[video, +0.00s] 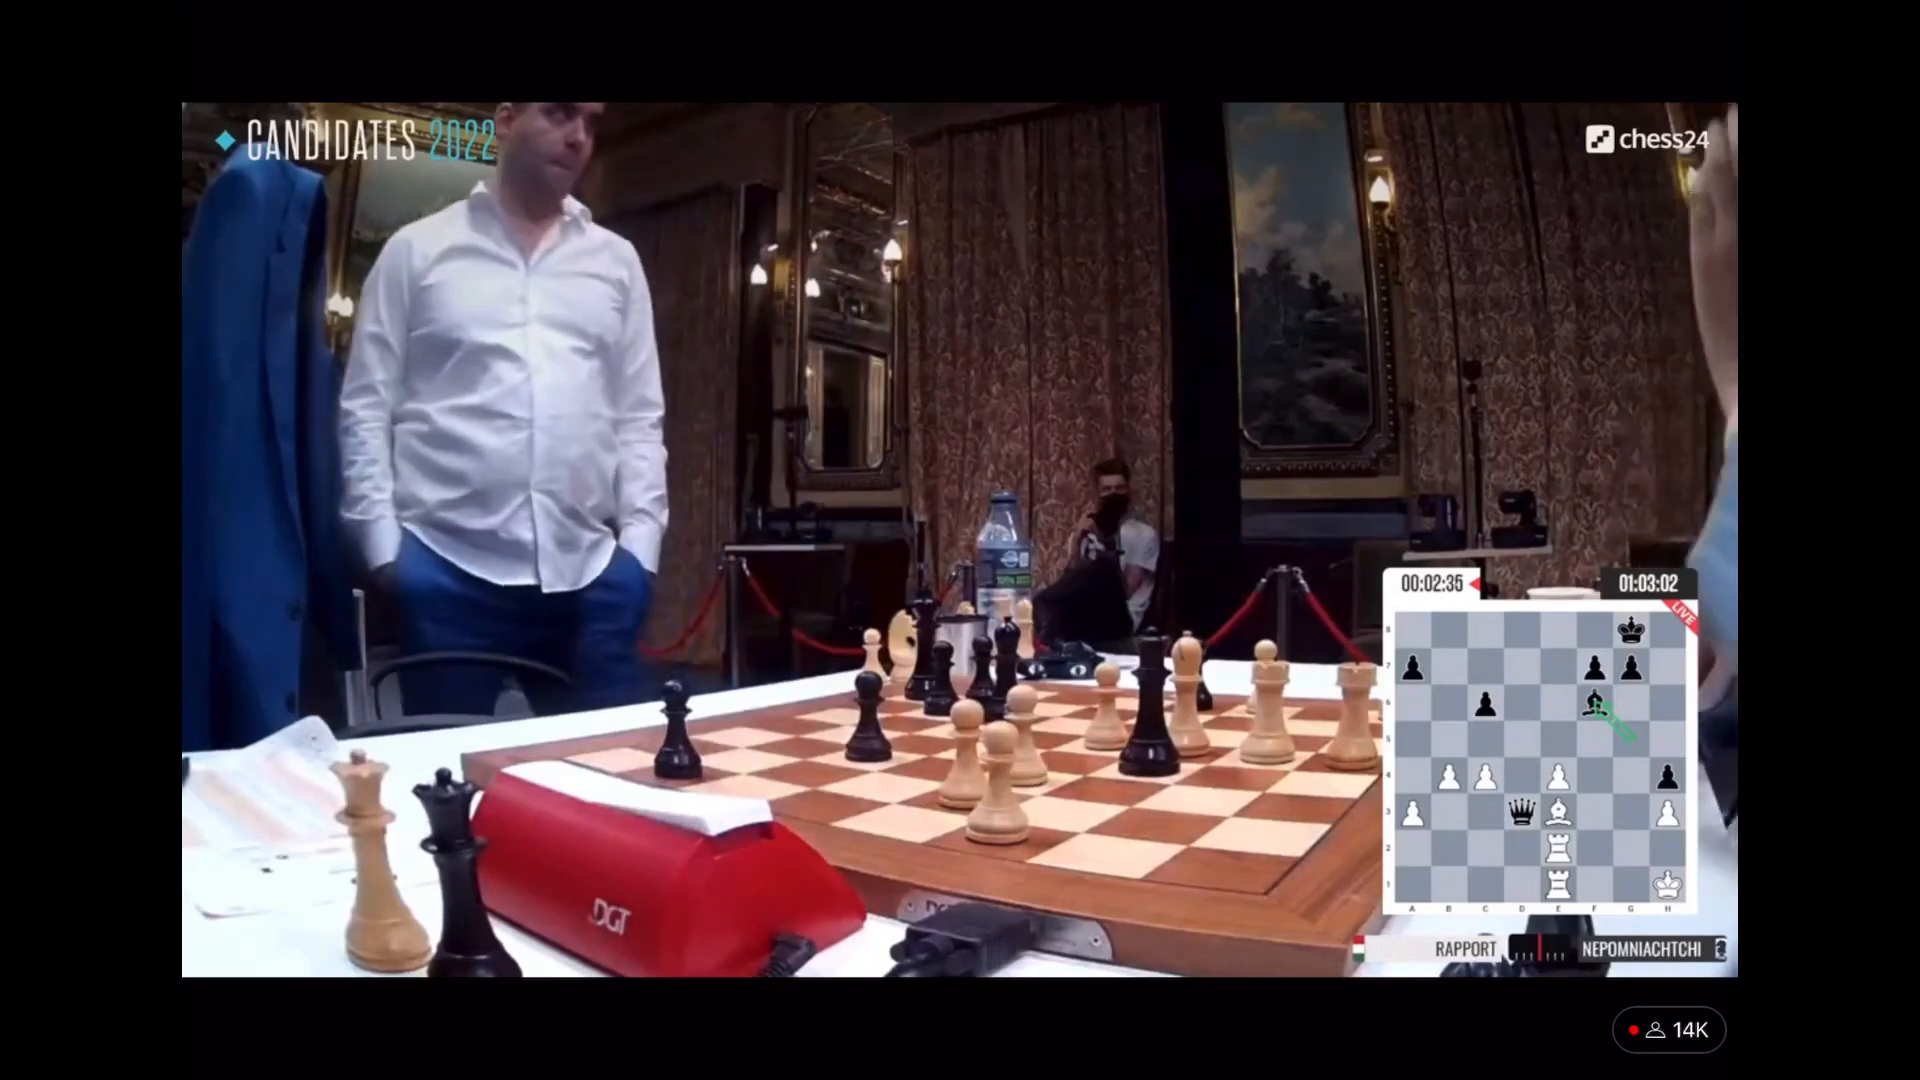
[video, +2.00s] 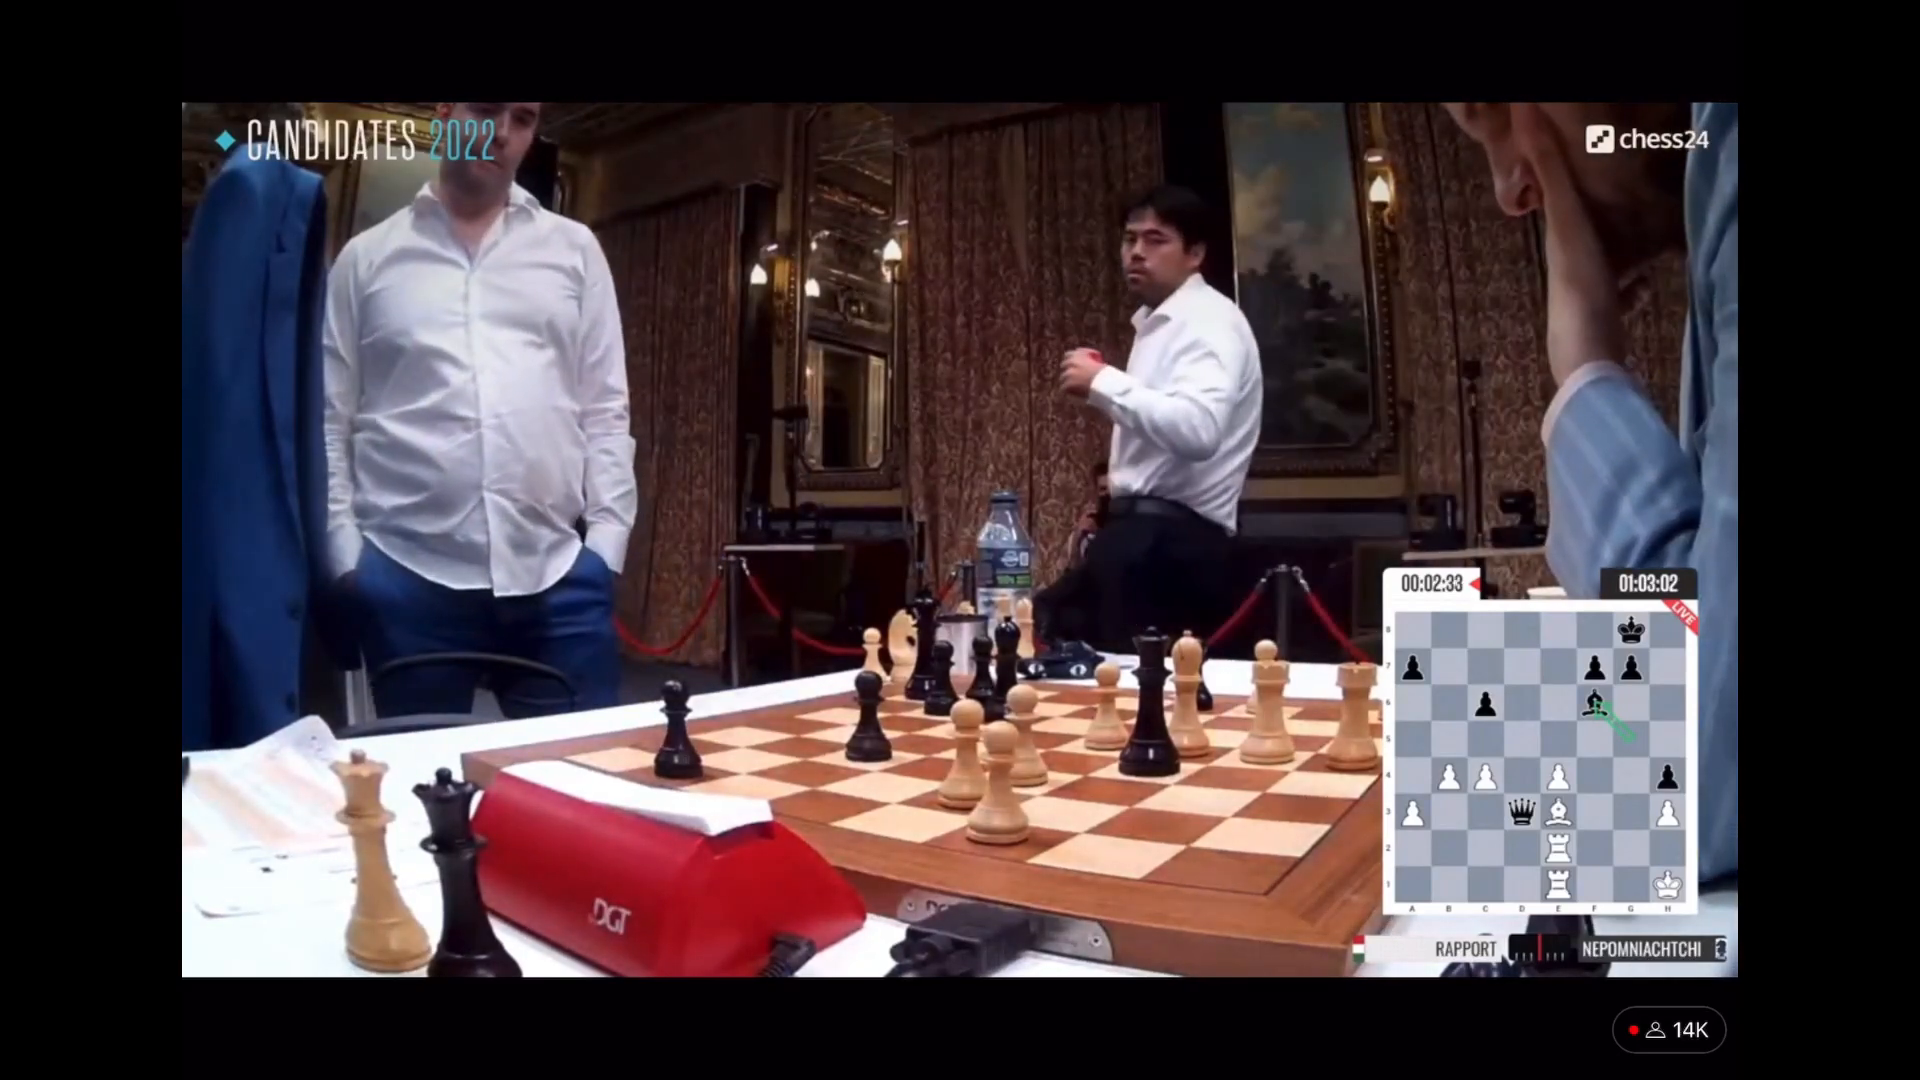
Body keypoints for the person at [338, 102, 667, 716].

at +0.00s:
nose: (578, 137)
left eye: (589, 123)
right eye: (559, 114)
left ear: (597, 141)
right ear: (506, 120)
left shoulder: (616, 260)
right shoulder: (417, 250)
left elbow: (640, 418)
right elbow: (365, 404)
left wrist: (637, 551)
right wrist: (384, 550)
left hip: (591, 581)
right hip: (447, 579)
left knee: (610, 782)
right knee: (448, 784)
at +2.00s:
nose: (497, 132)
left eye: (519, 118)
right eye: (483, 110)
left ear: (534, 134)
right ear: (445, 114)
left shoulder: (574, 249)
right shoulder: (366, 259)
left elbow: (606, 410)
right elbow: (330, 420)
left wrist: (604, 546)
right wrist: (347, 562)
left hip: (559, 585)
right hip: (409, 589)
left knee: (592, 789)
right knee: (422, 801)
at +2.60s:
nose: (494, 137)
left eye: (516, 123)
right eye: (481, 113)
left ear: (530, 140)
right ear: (439, 115)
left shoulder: (559, 253)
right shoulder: (355, 253)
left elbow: (585, 413)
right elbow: (321, 415)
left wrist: (583, 548)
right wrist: (335, 560)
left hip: (539, 580)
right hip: (394, 582)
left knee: (561, 790)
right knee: (410, 792)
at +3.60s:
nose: (493, 141)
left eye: (513, 127)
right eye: (479, 117)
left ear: (527, 142)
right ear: (436, 116)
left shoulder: (553, 257)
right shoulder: (355, 257)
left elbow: (582, 415)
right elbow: (319, 422)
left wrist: (584, 548)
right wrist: (347, 566)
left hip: (544, 582)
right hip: (404, 585)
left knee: (570, 788)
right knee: (419, 792)